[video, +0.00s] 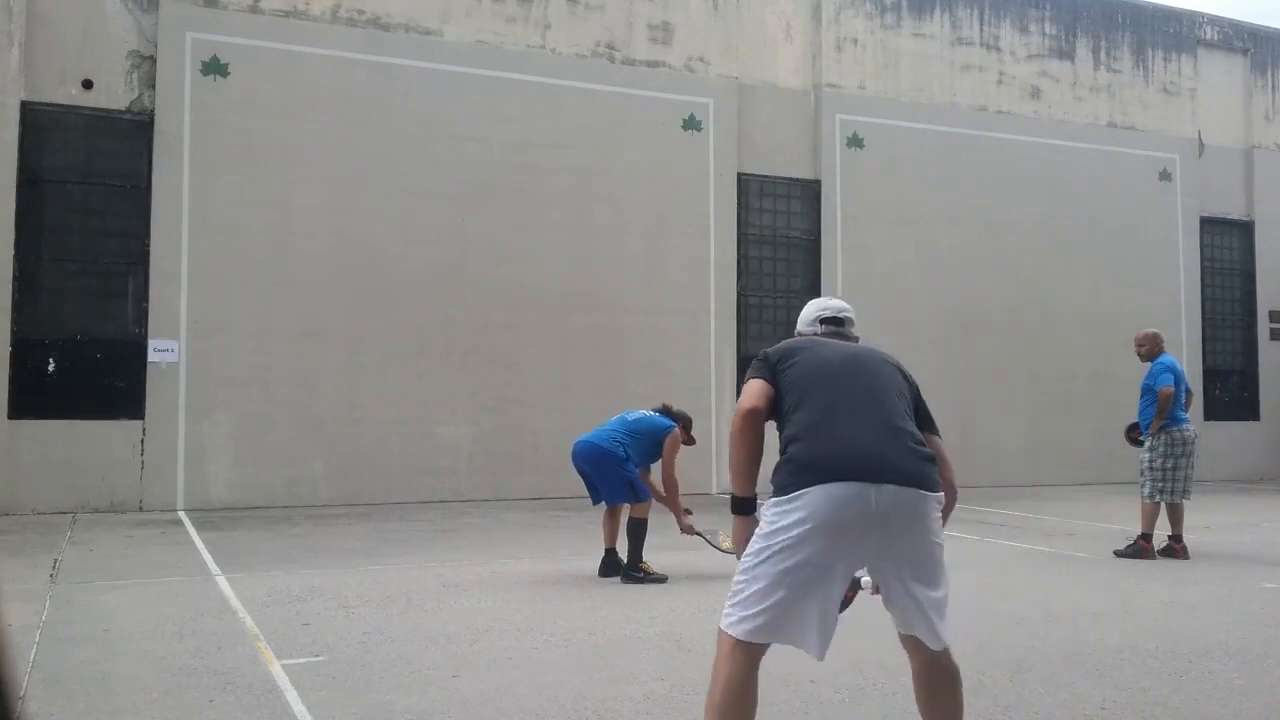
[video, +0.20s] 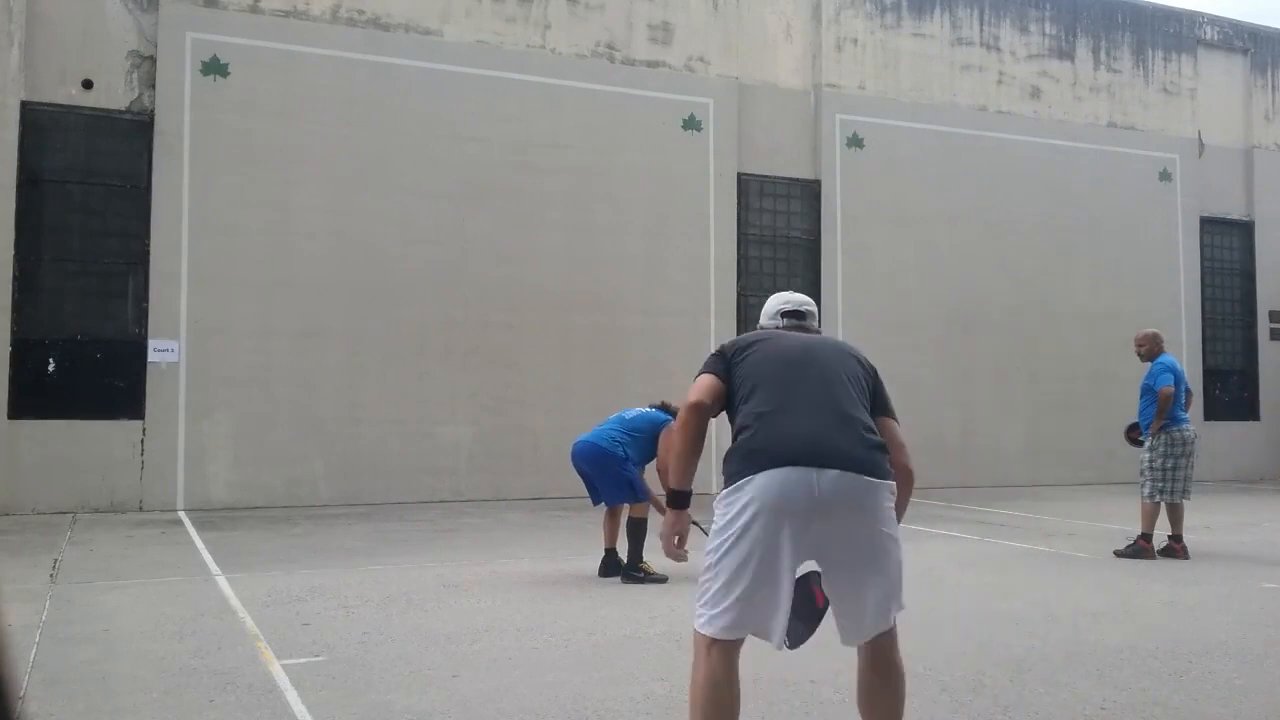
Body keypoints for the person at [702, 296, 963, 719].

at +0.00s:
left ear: (800, 334)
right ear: (856, 335)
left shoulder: (778, 354)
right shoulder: (893, 367)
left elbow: (749, 411)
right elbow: (947, 488)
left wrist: (743, 511)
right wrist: (896, 565)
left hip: (815, 490)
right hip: (913, 494)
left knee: (740, 642)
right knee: (929, 641)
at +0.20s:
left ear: (762, 327)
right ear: (817, 327)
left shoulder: (736, 349)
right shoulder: (855, 358)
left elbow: (695, 406)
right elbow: (901, 467)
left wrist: (677, 504)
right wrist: (878, 536)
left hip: (763, 480)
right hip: (861, 483)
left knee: (718, 640)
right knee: (878, 636)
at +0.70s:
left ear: (762, 329)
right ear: (820, 333)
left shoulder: (732, 348)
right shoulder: (852, 367)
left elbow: (691, 404)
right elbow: (879, 479)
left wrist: (698, 487)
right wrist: (824, 534)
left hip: (734, 469)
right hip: (832, 481)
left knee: (661, 623)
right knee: (844, 643)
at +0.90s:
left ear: (740, 338)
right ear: (795, 344)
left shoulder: (699, 361)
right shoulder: (821, 377)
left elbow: (653, 432)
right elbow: (841, 488)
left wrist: (665, 487)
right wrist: (795, 526)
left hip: (685, 485)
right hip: (783, 493)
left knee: (606, 646)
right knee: (826, 643)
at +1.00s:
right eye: (768, 348)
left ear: (719, 346)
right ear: (772, 351)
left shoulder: (674, 369)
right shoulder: (794, 382)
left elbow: (621, 447)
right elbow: (809, 489)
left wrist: (640, 502)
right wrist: (758, 534)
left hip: (650, 487)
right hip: (746, 493)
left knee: (578, 649)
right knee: (805, 644)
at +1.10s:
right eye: (745, 355)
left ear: (697, 351)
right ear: (749, 358)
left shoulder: (654, 372)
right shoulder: (770, 386)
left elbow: (596, 456)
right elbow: (779, 493)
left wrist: (644, 550)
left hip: (621, 479)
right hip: (718, 485)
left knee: (561, 649)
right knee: (784, 645)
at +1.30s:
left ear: (665, 351)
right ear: (718, 357)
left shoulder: (629, 373)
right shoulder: (747, 387)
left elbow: (580, 457)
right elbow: (756, 487)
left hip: (620, 483)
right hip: (717, 486)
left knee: (562, 651)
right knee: (777, 651)